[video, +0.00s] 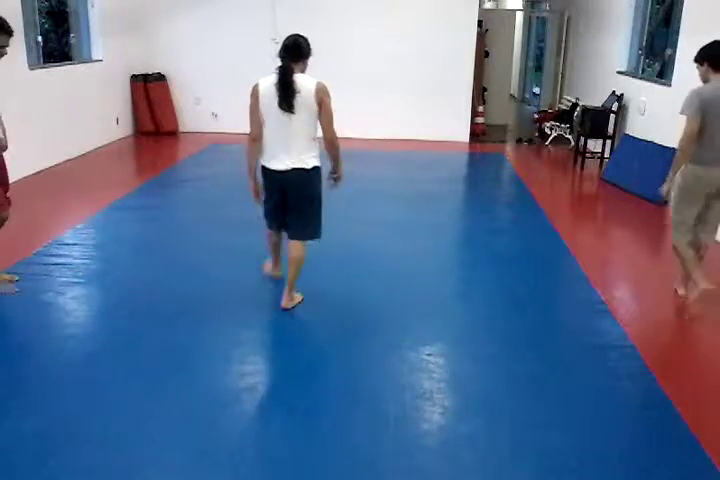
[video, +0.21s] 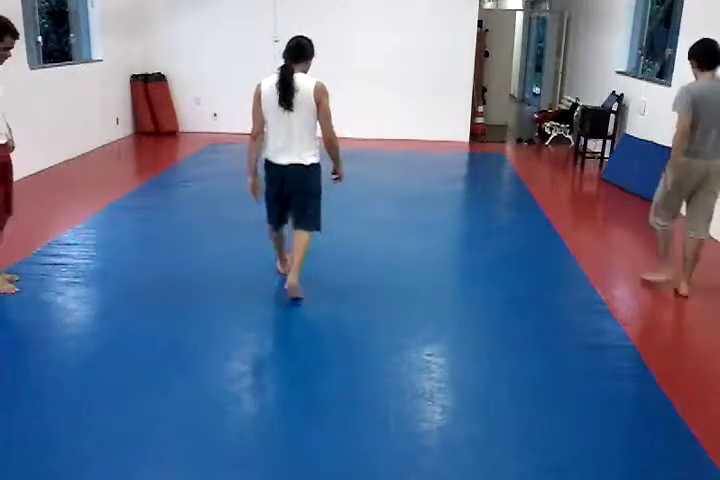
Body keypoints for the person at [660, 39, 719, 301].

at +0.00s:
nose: (698, 73)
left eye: (699, 67)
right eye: (698, 67)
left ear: (709, 66)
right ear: (718, 66)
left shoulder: (701, 95)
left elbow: (689, 139)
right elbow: (691, 140)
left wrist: (671, 176)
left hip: (698, 170)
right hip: (717, 171)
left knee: (680, 229)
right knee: (704, 232)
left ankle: (700, 282)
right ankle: (684, 284)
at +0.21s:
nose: (690, 65)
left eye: (690, 61)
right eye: (691, 61)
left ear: (693, 62)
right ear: (716, 63)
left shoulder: (690, 91)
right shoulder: (718, 88)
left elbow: (683, 130)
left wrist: (672, 165)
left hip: (688, 162)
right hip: (714, 166)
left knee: (662, 213)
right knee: (698, 227)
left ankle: (664, 269)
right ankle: (685, 283)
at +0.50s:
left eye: (672, 59)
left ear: (671, 62)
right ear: (695, 62)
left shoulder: (662, 91)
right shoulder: (709, 91)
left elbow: (655, 128)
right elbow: (716, 129)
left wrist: (645, 161)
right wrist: (712, 156)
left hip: (663, 158)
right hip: (693, 161)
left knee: (654, 208)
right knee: (684, 217)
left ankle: (647, 256)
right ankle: (683, 272)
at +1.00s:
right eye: (659, 55)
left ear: (639, 56)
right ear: (661, 57)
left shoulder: (632, 85)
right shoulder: (674, 84)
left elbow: (619, 120)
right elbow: (681, 120)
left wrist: (608, 140)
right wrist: (684, 151)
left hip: (637, 146)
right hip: (662, 147)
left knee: (641, 200)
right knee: (649, 197)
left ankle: (645, 253)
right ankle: (649, 247)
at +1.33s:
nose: (623, 55)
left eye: (624, 51)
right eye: (625, 51)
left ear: (627, 53)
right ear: (646, 54)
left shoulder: (619, 80)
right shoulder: (656, 80)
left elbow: (611, 115)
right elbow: (661, 115)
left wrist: (603, 148)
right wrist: (659, 143)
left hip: (621, 137)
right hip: (643, 139)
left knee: (612, 188)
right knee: (626, 188)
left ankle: (630, 230)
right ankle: (611, 232)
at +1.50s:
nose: (611, 55)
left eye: (612, 51)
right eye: (611, 51)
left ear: (620, 52)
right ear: (632, 52)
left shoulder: (616, 77)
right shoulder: (647, 76)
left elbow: (607, 112)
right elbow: (650, 111)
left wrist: (597, 142)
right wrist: (645, 136)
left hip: (615, 134)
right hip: (636, 135)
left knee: (594, 176)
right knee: (624, 185)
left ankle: (604, 223)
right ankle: (613, 231)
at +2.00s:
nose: (576, 57)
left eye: (578, 53)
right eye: (575, 53)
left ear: (589, 52)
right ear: (593, 52)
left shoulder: (587, 75)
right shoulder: (612, 74)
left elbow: (580, 111)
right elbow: (615, 107)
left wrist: (568, 139)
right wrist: (613, 134)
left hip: (585, 129)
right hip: (602, 129)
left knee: (572, 173)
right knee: (593, 173)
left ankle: (570, 217)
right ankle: (602, 206)